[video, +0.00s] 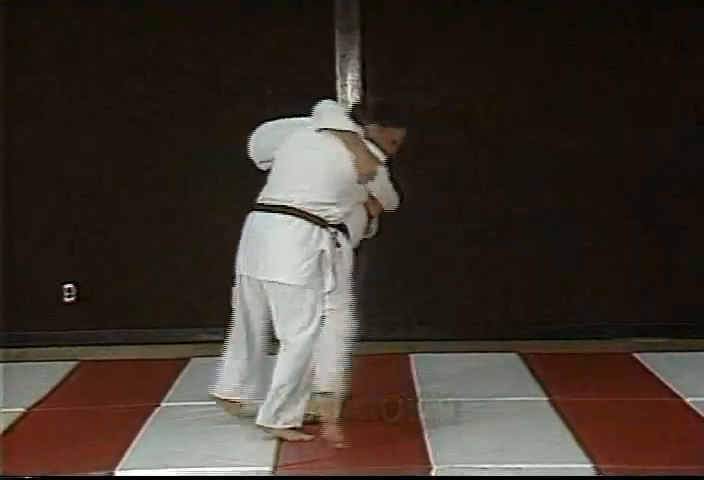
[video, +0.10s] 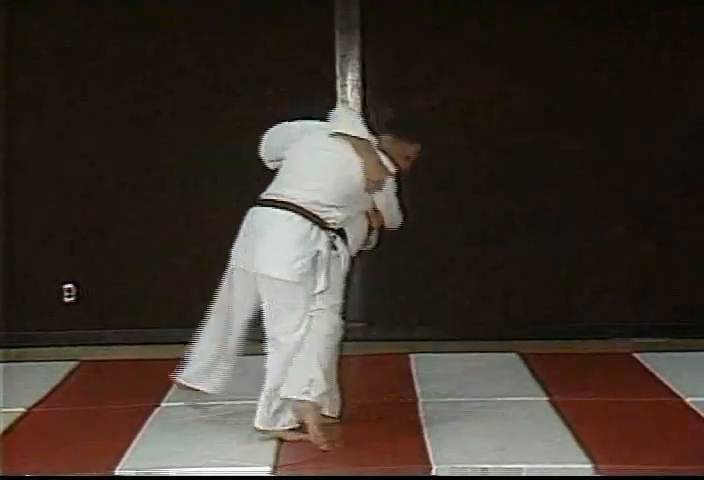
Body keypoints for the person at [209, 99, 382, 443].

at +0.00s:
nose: (384, 148)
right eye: (378, 141)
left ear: (328, 118)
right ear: (364, 130)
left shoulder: (297, 134)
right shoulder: (365, 158)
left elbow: (256, 149)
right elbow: (389, 201)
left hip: (254, 235)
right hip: (299, 244)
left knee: (252, 326)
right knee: (298, 336)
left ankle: (236, 390)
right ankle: (278, 417)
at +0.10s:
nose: (399, 166)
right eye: (400, 159)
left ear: (349, 126)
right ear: (377, 143)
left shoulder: (313, 133)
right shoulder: (374, 169)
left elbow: (268, 148)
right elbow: (392, 221)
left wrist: (297, 166)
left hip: (256, 224)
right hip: (296, 241)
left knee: (232, 311)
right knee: (287, 332)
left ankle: (198, 373)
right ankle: (274, 415)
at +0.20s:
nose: (405, 177)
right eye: (405, 169)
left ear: (370, 134)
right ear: (392, 151)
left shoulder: (328, 137)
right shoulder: (384, 182)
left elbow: (281, 148)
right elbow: (393, 231)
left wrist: (302, 175)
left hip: (255, 221)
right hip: (292, 242)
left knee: (211, 299)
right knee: (282, 329)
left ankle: (156, 361)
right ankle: (270, 415)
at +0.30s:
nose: (409, 177)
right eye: (410, 170)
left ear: (372, 137)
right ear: (398, 154)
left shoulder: (334, 137)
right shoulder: (388, 182)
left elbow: (287, 146)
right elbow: (395, 234)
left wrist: (308, 176)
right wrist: (378, 225)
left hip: (259, 214)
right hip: (295, 237)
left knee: (203, 282)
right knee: (286, 324)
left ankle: (126, 340)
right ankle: (268, 413)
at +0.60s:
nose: (430, 156)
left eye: (431, 152)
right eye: (429, 150)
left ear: (395, 125)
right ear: (416, 141)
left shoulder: (350, 132)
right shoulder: (401, 171)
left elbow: (307, 138)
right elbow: (394, 224)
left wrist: (331, 162)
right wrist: (406, 217)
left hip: (275, 210)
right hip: (310, 231)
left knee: (226, 282)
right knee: (293, 323)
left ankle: (139, 325)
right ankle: (273, 411)